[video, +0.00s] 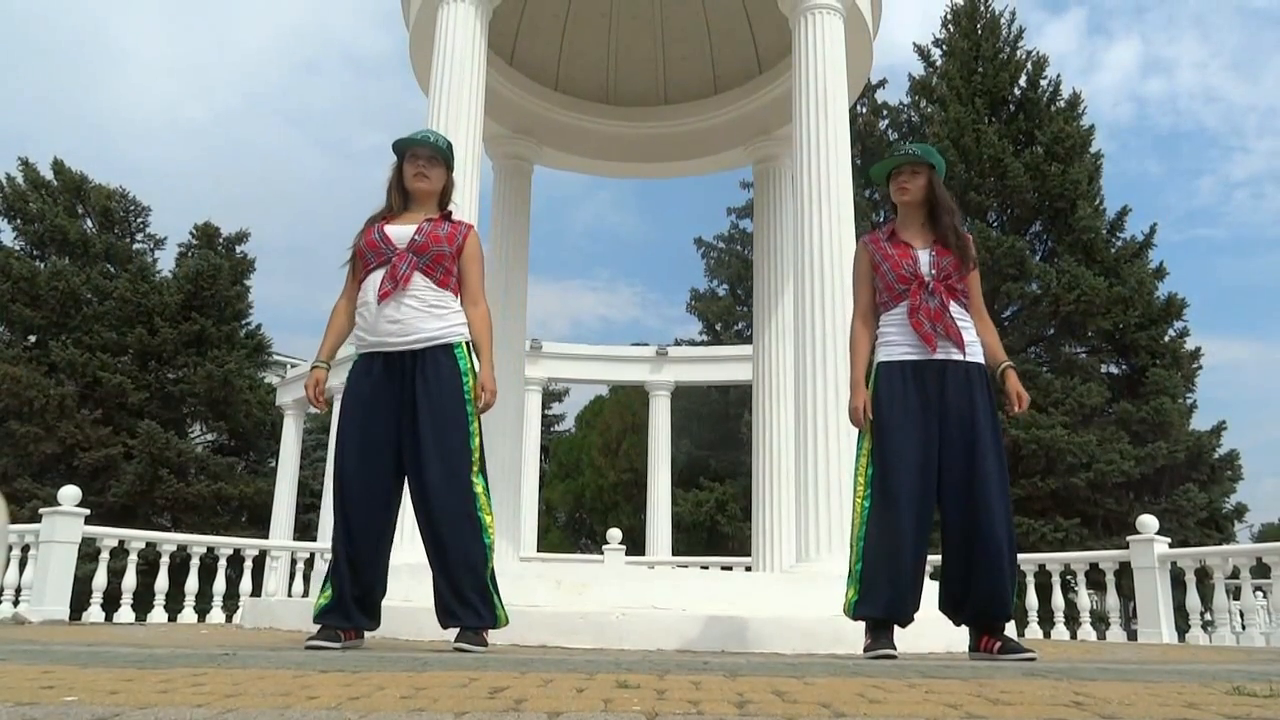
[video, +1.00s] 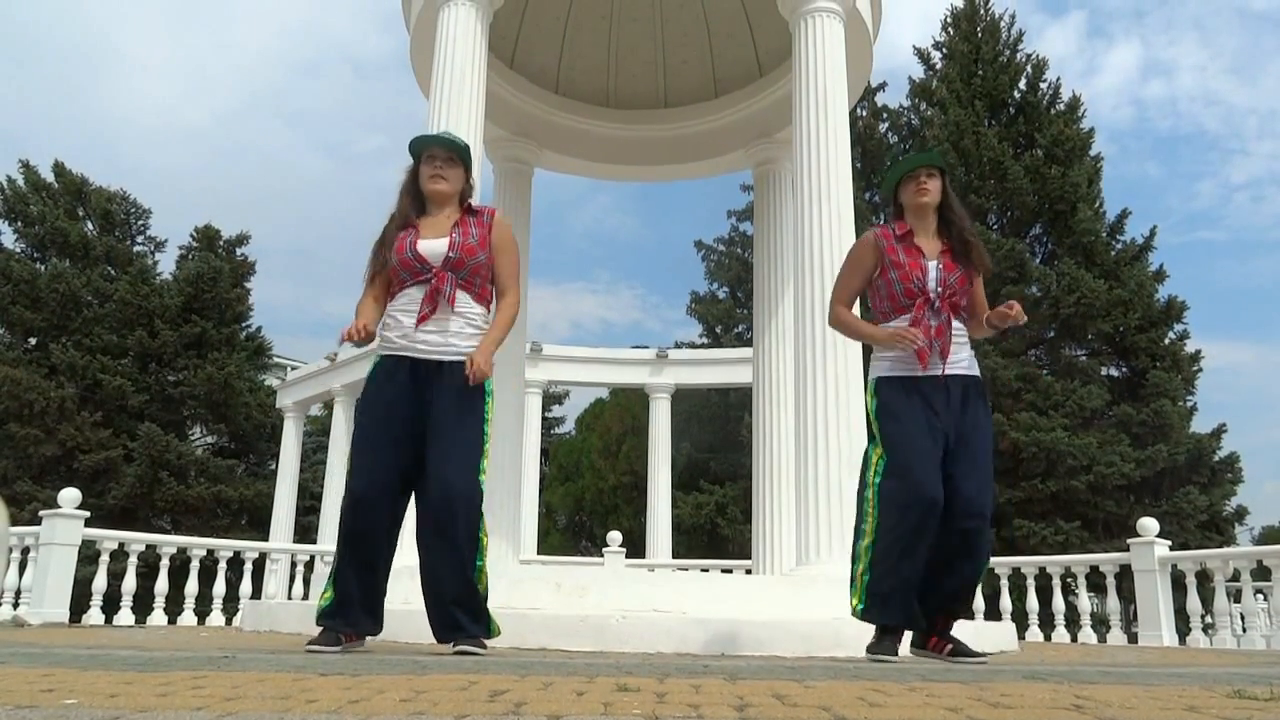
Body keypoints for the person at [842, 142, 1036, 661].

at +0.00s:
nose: (904, 180)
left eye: (914, 172)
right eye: (897, 174)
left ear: (934, 182)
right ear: (888, 185)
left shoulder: (960, 242)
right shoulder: (872, 246)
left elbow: (979, 314)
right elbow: (864, 320)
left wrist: (1006, 370)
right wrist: (858, 384)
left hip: (965, 379)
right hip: (900, 379)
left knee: (981, 498)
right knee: (898, 499)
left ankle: (986, 632)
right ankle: (880, 628)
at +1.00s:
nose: (922, 183)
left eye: (930, 176)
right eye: (912, 178)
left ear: (944, 188)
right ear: (898, 192)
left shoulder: (963, 247)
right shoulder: (878, 242)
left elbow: (975, 326)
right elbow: (838, 311)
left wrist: (996, 319)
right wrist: (879, 334)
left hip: (963, 386)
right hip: (902, 386)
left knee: (972, 506)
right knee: (917, 496)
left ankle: (936, 632)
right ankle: (890, 626)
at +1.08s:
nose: (927, 195)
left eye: (936, 189)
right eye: (917, 191)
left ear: (950, 204)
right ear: (904, 208)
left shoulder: (968, 263)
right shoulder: (885, 257)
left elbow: (985, 349)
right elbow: (856, 335)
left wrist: (995, 324)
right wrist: (929, 326)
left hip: (962, 397)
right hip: (899, 395)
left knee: (977, 507)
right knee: (943, 491)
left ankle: (939, 635)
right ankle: (904, 611)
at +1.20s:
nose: (927, 177)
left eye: (936, 172)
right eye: (917, 173)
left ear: (949, 190)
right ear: (902, 193)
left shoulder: (965, 243)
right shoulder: (887, 240)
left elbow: (993, 320)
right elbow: (899, 311)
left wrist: (999, 275)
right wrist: (971, 268)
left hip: (955, 383)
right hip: (900, 381)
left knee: (969, 489)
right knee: (938, 482)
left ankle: (938, 627)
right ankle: (926, 622)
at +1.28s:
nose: (921, 148)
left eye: (930, 143)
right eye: (911, 144)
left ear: (948, 162)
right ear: (895, 163)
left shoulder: (969, 213)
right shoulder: (883, 211)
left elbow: (1014, 276)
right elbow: (876, 278)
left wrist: (1021, 237)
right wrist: (926, 222)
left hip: (958, 363)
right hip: (905, 359)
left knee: (963, 481)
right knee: (927, 475)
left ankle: (935, 610)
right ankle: (931, 613)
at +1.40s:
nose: (924, 143)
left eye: (933, 138)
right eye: (913, 139)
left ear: (948, 156)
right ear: (897, 159)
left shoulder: (972, 213)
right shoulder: (885, 215)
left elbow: (1013, 262)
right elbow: (830, 271)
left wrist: (1057, 227)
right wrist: (840, 203)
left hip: (957, 370)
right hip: (902, 366)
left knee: (933, 484)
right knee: (927, 483)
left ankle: (889, 592)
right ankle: (925, 629)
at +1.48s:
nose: (930, 147)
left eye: (939, 141)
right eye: (919, 142)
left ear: (955, 160)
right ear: (902, 162)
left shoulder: (972, 222)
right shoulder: (886, 213)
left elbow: (1011, 290)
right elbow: (855, 286)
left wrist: (1048, 251)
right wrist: (895, 217)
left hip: (950, 370)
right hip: (901, 363)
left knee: (936, 480)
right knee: (937, 475)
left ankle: (884, 596)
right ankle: (924, 630)